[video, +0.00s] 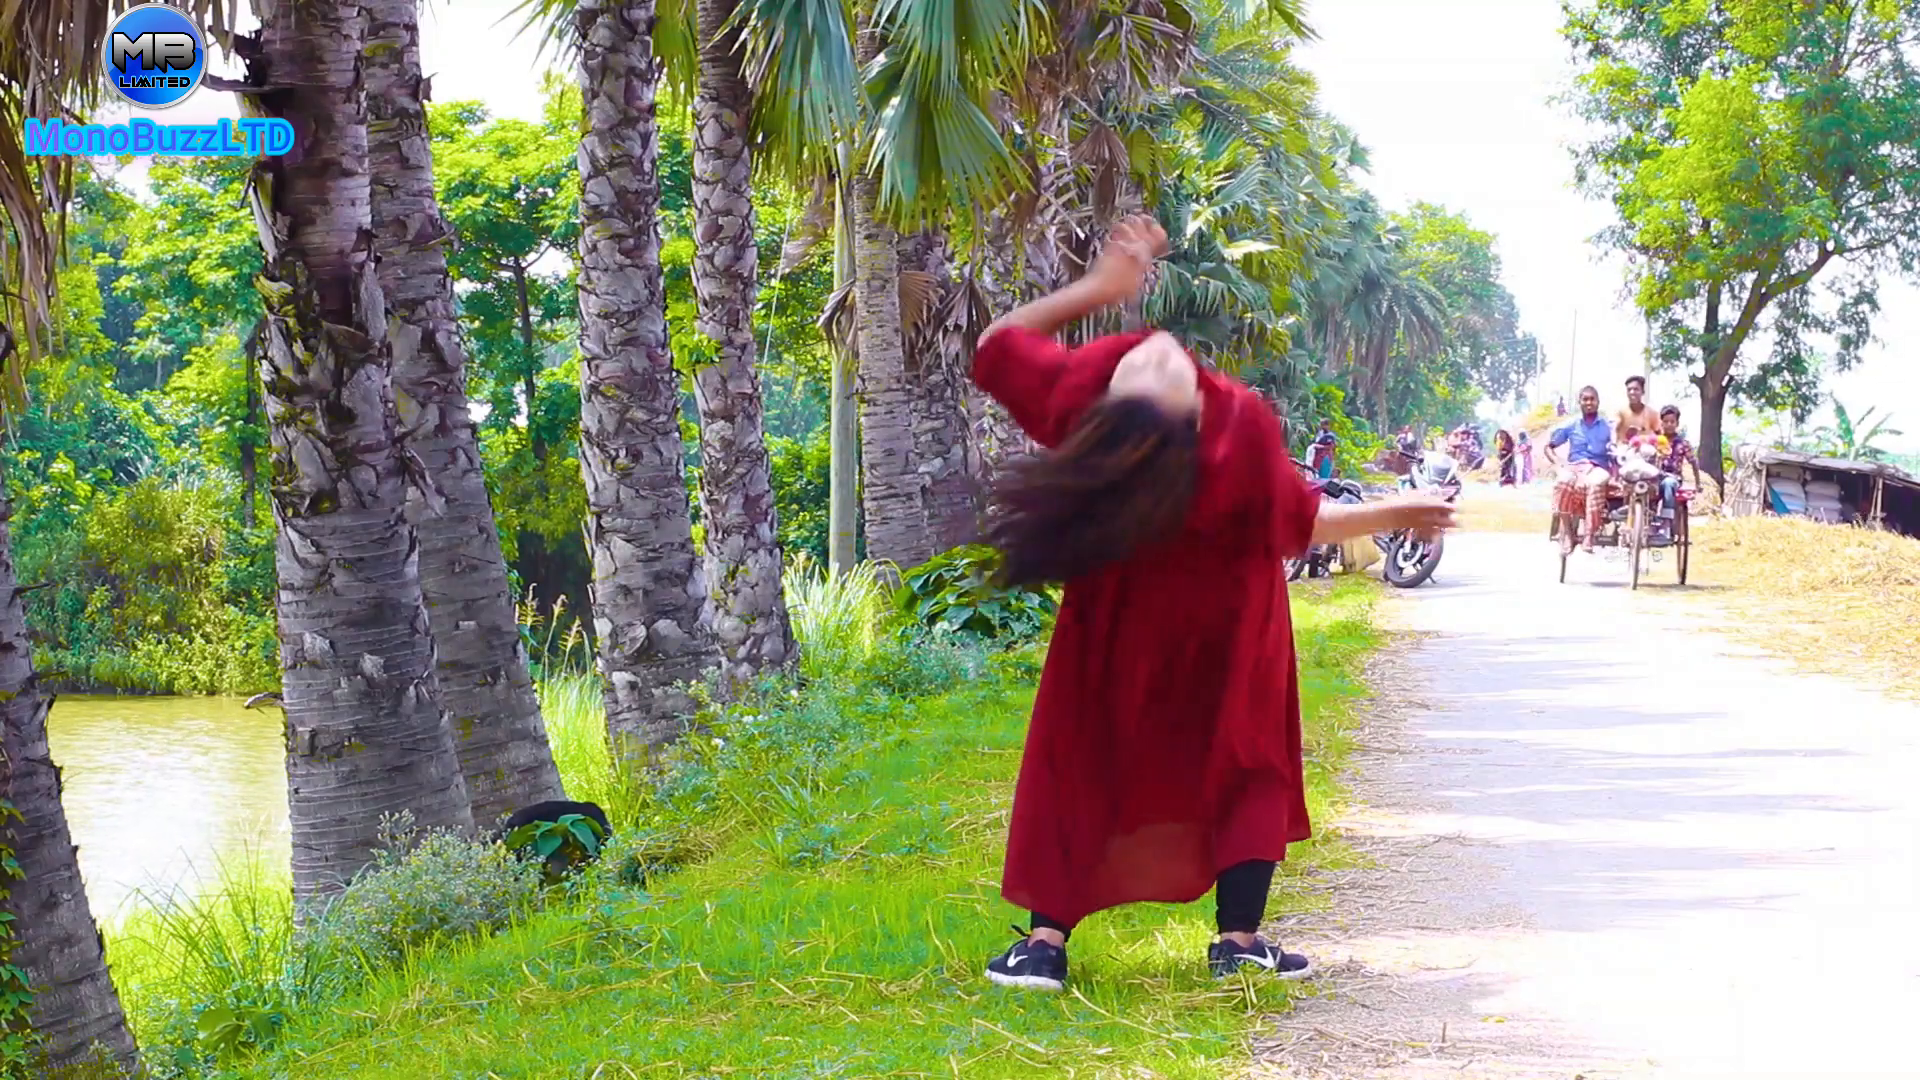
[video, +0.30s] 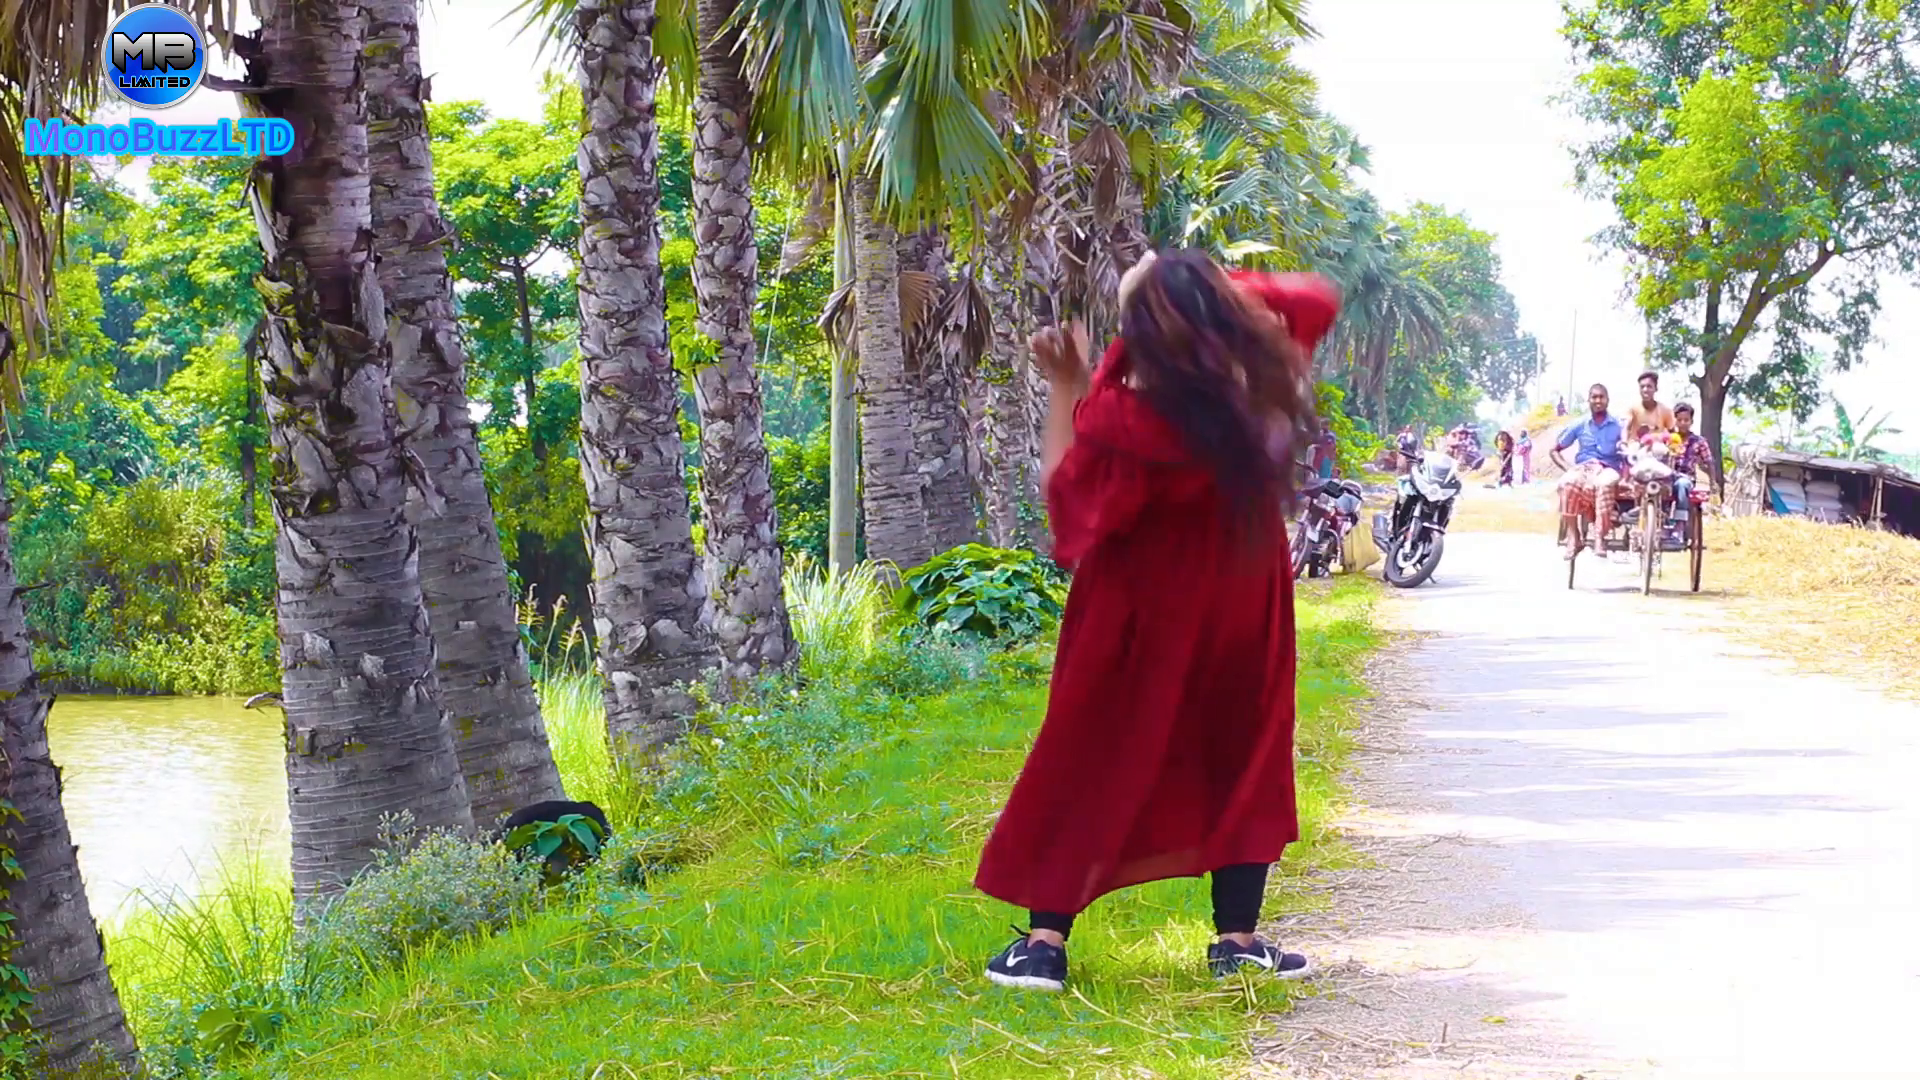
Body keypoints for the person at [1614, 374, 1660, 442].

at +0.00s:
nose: (1632, 392)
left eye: (1636, 389)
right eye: (1629, 389)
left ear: (1642, 392)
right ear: (1626, 392)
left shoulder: (1652, 414)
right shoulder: (1620, 413)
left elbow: (1659, 434)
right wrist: (1613, 443)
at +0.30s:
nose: (1645, 390)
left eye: (1649, 386)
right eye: (1642, 386)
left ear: (1656, 389)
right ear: (1639, 389)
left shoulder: (1665, 411)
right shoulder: (1634, 410)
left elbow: (1673, 432)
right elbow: (1626, 427)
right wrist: (1624, 441)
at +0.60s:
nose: (1658, 387)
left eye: (1662, 384)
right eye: (1655, 384)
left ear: (1669, 387)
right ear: (1652, 386)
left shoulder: (1679, 410)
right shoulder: (1644, 407)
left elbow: (1686, 432)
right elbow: (1637, 427)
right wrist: (1637, 441)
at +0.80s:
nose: (1668, 385)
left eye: (1672, 382)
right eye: (1664, 382)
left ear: (1679, 384)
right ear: (1661, 384)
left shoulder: (1688, 408)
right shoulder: (1654, 407)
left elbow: (1695, 430)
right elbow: (1646, 427)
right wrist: (1645, 442)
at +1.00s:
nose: (1678, 384)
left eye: (1682, 381)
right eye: (1674, 380)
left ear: (1689, 383)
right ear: (1670, 383)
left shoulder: (1701, 407)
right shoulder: (1664, 406)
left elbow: (1708, 431)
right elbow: (1656, 427)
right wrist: (1655, 441)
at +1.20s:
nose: (1689, 383)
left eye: (1694, 378)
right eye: (1686, 378)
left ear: (1701, 380)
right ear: (1681, 381)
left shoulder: (1714, 404)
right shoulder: (1675, 405)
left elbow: (1720, 431)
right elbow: (1667, 427)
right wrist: (1667, 441)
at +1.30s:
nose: (1695, 381)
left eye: (1700, 377)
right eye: (1691, 377)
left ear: (1708, 380)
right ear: (1687, 380)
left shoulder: (1720, 404)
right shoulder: (1680, 403)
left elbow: (1727, 430)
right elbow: (1673, 426)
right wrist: (1673, 441)